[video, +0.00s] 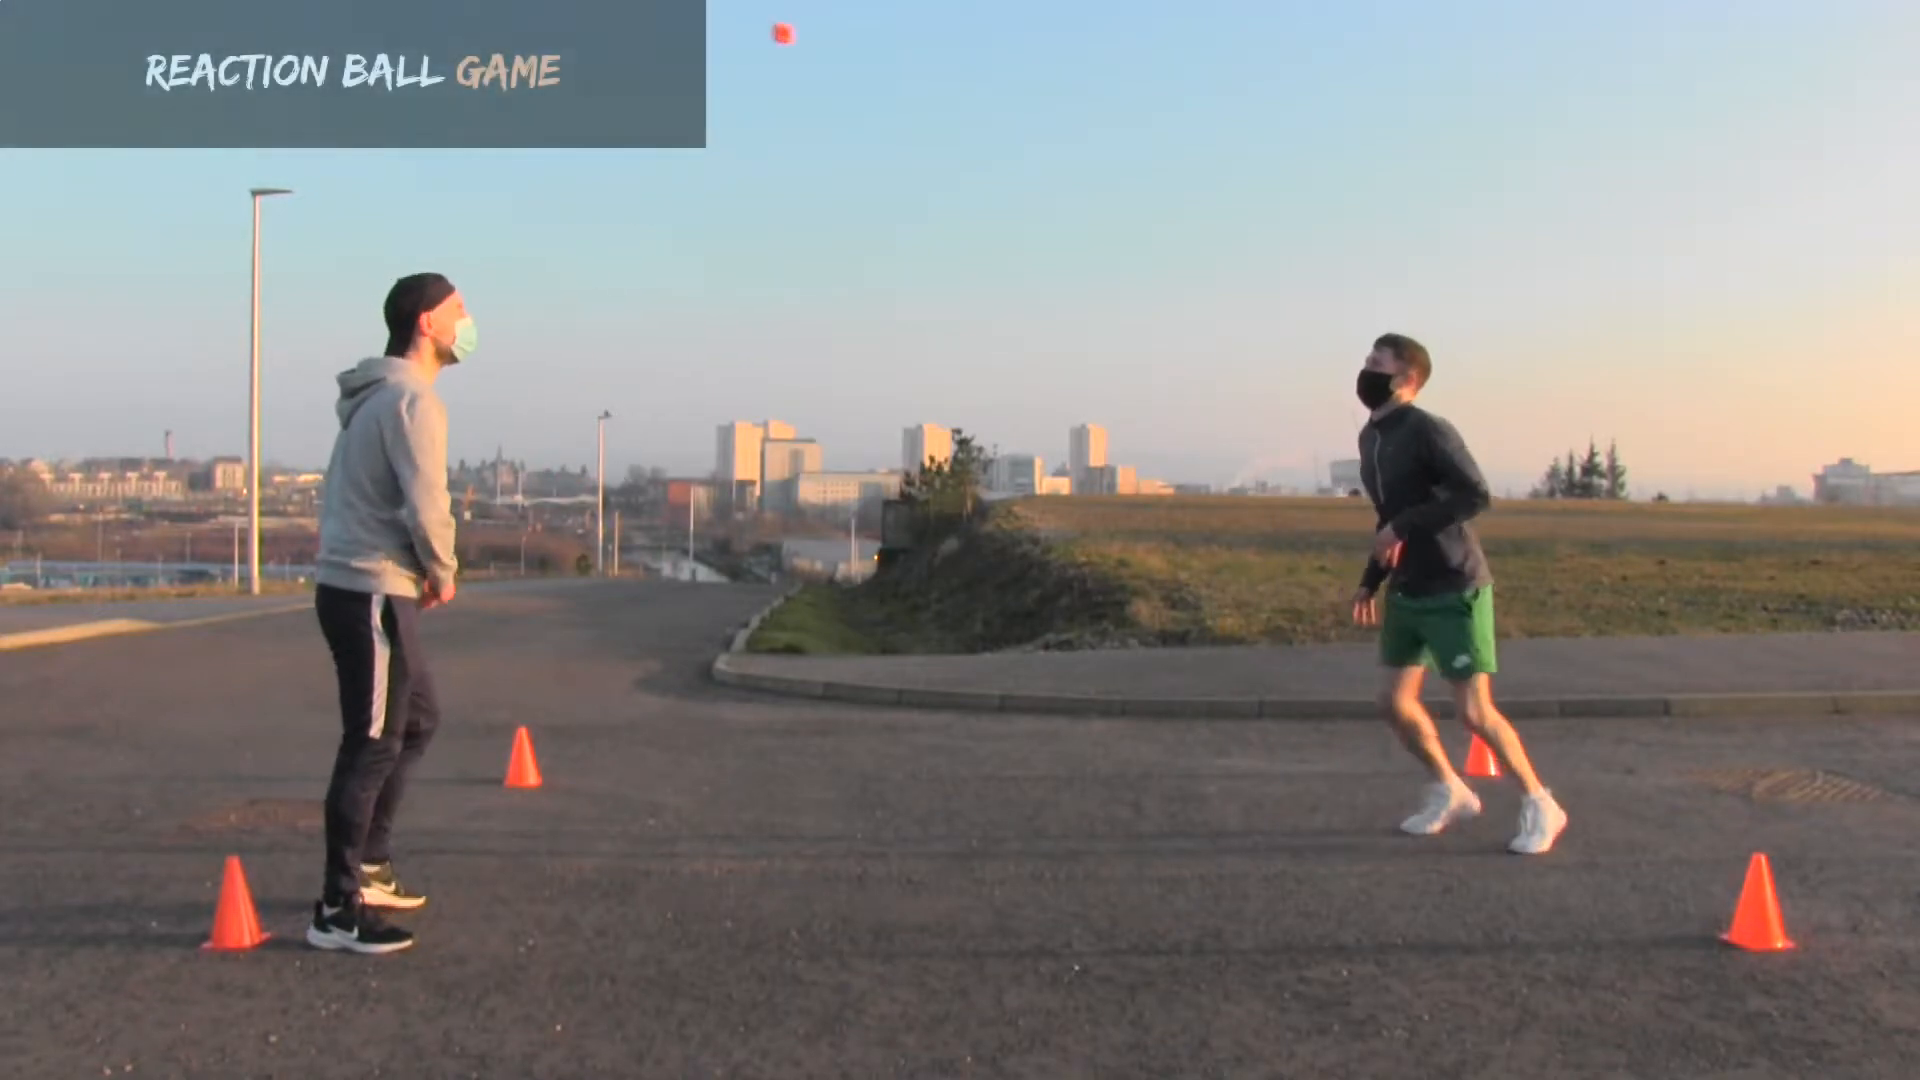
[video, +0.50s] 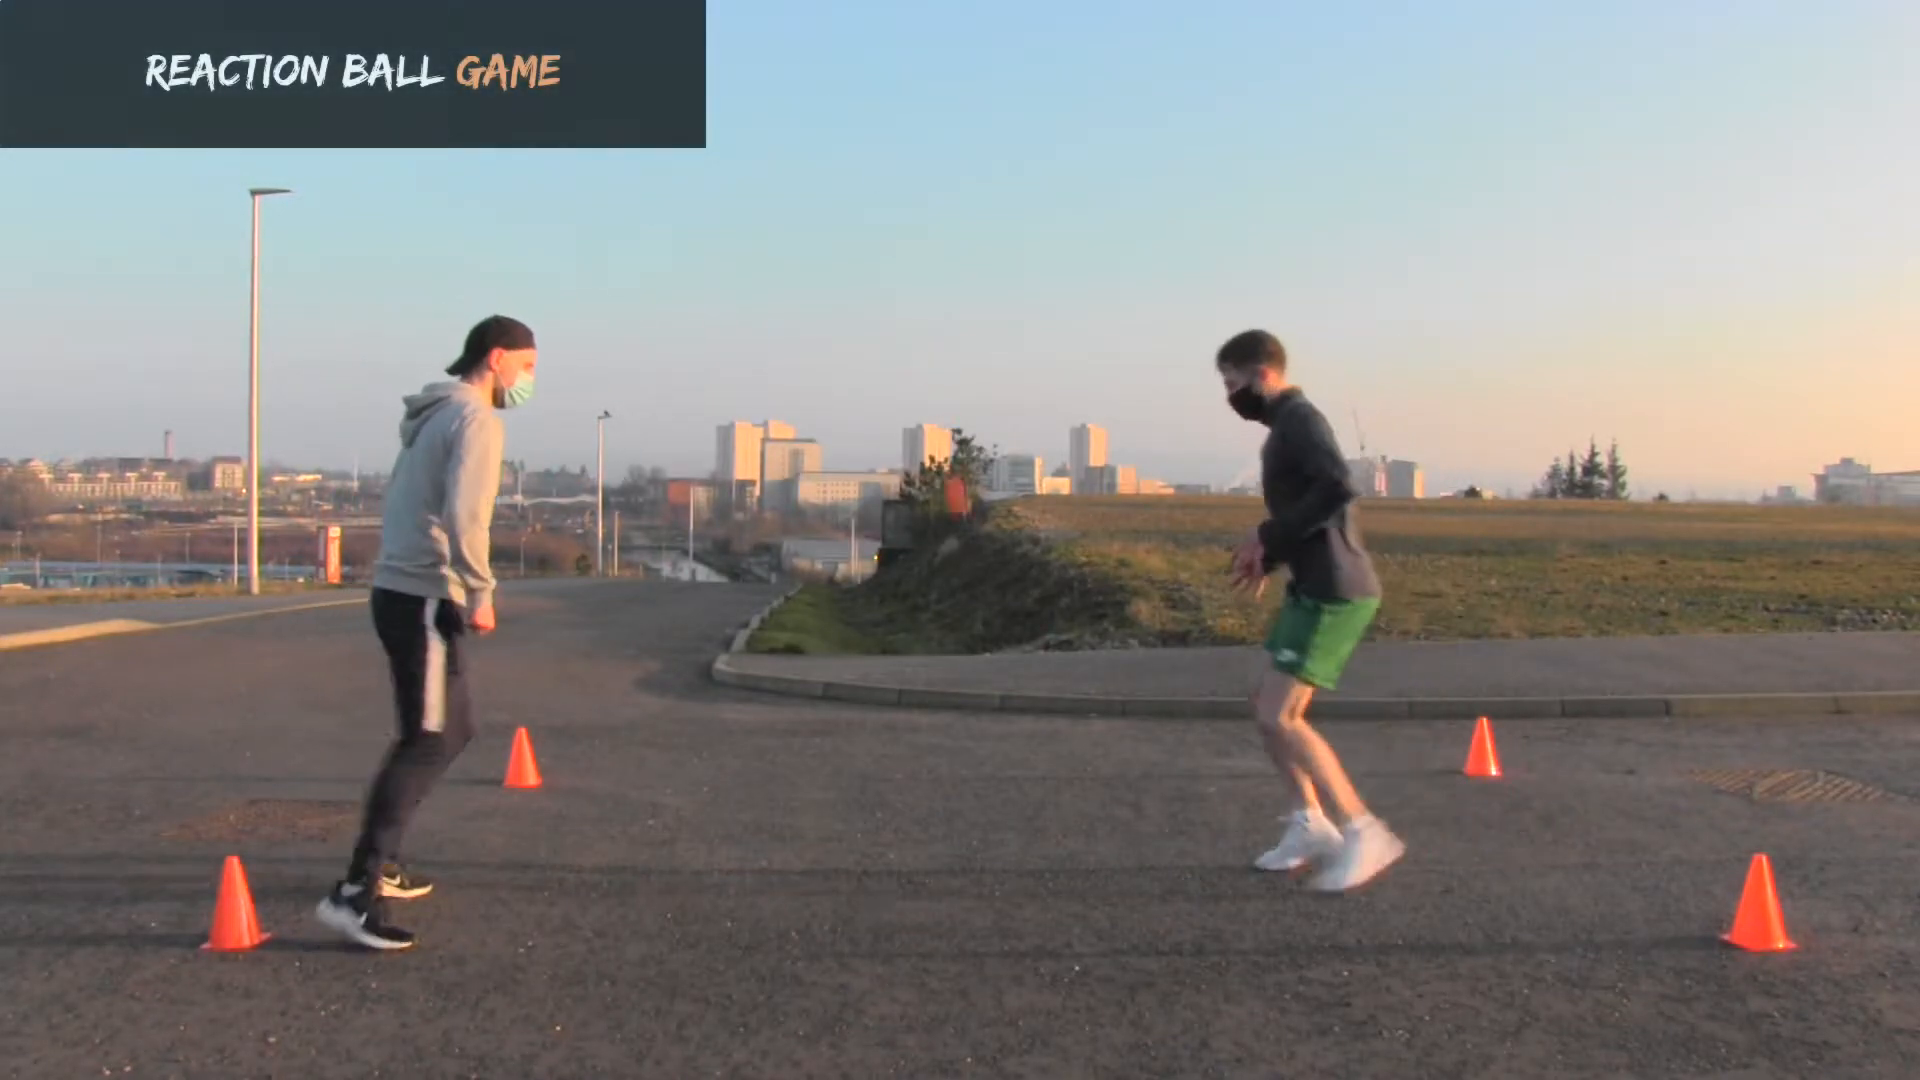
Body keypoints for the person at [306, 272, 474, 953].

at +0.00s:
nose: (468, 326)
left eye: (464, 313)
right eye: (459, 314)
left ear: (416, 325)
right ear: (427, 324)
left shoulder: (380, 393)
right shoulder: (414, 400)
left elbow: (388, 500)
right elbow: (426, 502)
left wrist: (427, 567)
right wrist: (443, 566)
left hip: (369, 588)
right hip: (367, 591)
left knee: (417, 721)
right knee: (372, 739)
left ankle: (366, 862)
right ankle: (337, 908)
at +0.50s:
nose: (530, 379)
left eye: (532, 367)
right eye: (527, 366)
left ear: (489, 358)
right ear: (496, 358)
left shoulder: (444, 411)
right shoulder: (478, 419)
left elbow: (425, 508)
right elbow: (464, 513)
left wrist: (455, 586)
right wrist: (481, 589)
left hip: (412, 591)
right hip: (419, 595)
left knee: (452, 727)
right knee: (426, 736)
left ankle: (378, 865)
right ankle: (356, 892)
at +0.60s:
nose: (541, 391)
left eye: (543, 381)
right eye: (538, 379)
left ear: (500, 369)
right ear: (506, 369)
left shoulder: (457, 419)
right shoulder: (492, 426)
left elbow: (458, 525)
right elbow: (471, 513)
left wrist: (522, 560)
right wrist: (472, 592)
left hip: (410, 597)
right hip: (434, 601)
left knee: (441, 736)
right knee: (479, 740)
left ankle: (380, 863)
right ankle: (389, 867)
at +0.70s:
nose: (568, 384)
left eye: (571, 374)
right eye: (565, 372)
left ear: (530, 362)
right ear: (532, 361)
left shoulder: (494, 408)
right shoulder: (510, 411)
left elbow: (502, 515)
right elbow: (480, 492)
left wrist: (571, 526)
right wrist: (474, 571)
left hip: (443, 587)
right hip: (481, 589)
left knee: (440, 724)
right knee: (535, 712)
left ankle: (377, 854)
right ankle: (464, 836)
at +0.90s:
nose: (627, 375)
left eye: (628, 365)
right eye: (620, 363)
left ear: (586, 363)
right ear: (588, 362)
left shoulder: (564, 410)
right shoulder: (572, 413)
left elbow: (551, 498)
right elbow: (546, 501)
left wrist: (592, 518)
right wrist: (553, 582)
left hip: (515, 578)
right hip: (548, 584)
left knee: (522, 698)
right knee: (567, 708)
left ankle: (425, 791)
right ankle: (518, 824)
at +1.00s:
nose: (661, 390)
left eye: (663, 380)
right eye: (654, 380)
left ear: (619, 383)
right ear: (622, 381)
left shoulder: (587, 431)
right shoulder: (612, 439)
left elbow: (575, 514)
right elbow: (606, 531)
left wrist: (618, 534)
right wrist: (625, 614)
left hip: (557, 587)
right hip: (578, 591)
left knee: (587, 701)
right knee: (597, 713)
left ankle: (500, 776)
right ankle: (520, 819)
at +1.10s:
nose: (688, 375)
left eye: (689, 366)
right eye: (681, 366)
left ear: (647, 370)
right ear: (648, 368)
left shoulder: (613, 419)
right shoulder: (643, 427)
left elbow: (571, 473)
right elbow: (643, 518)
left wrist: (614, 507)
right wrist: (669, 585)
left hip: (595, 572)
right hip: (608, 578)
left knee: (636, 679)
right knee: (596, 698)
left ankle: (571, 780)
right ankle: (525, 811)